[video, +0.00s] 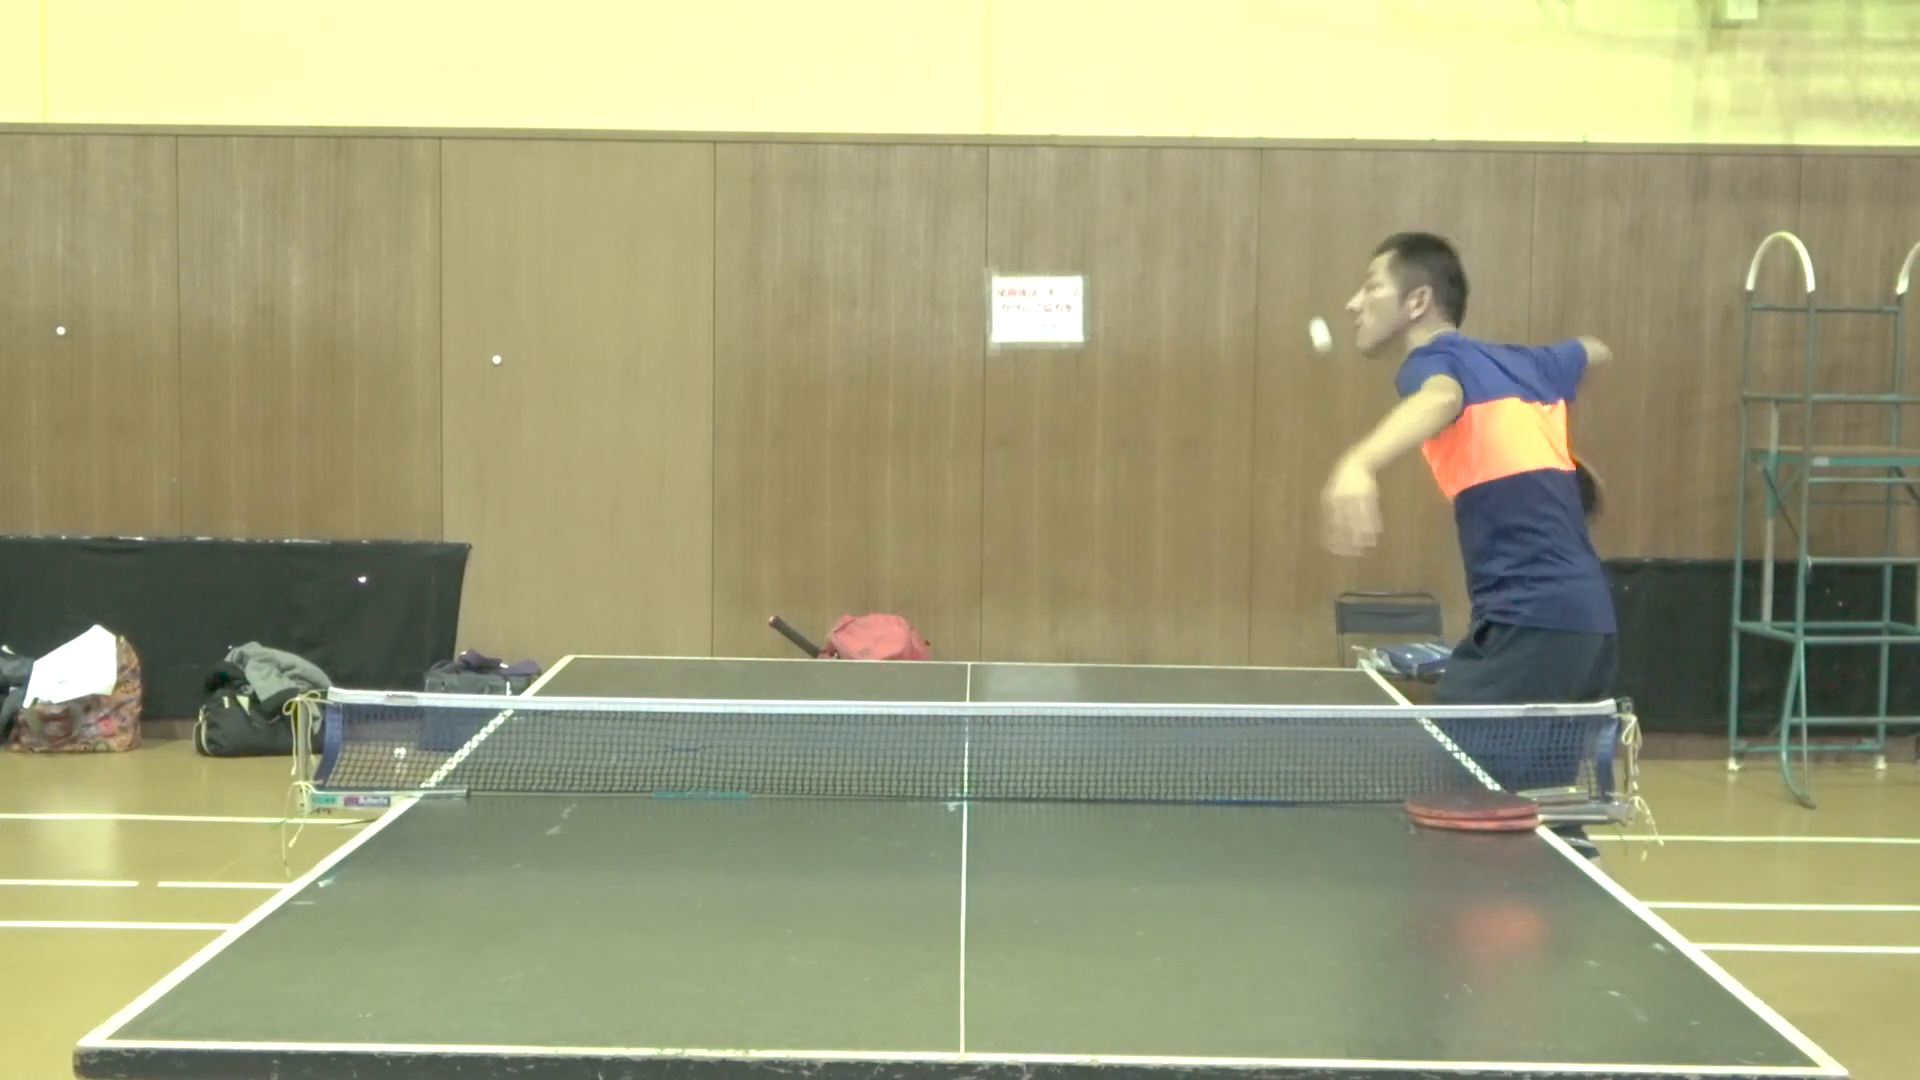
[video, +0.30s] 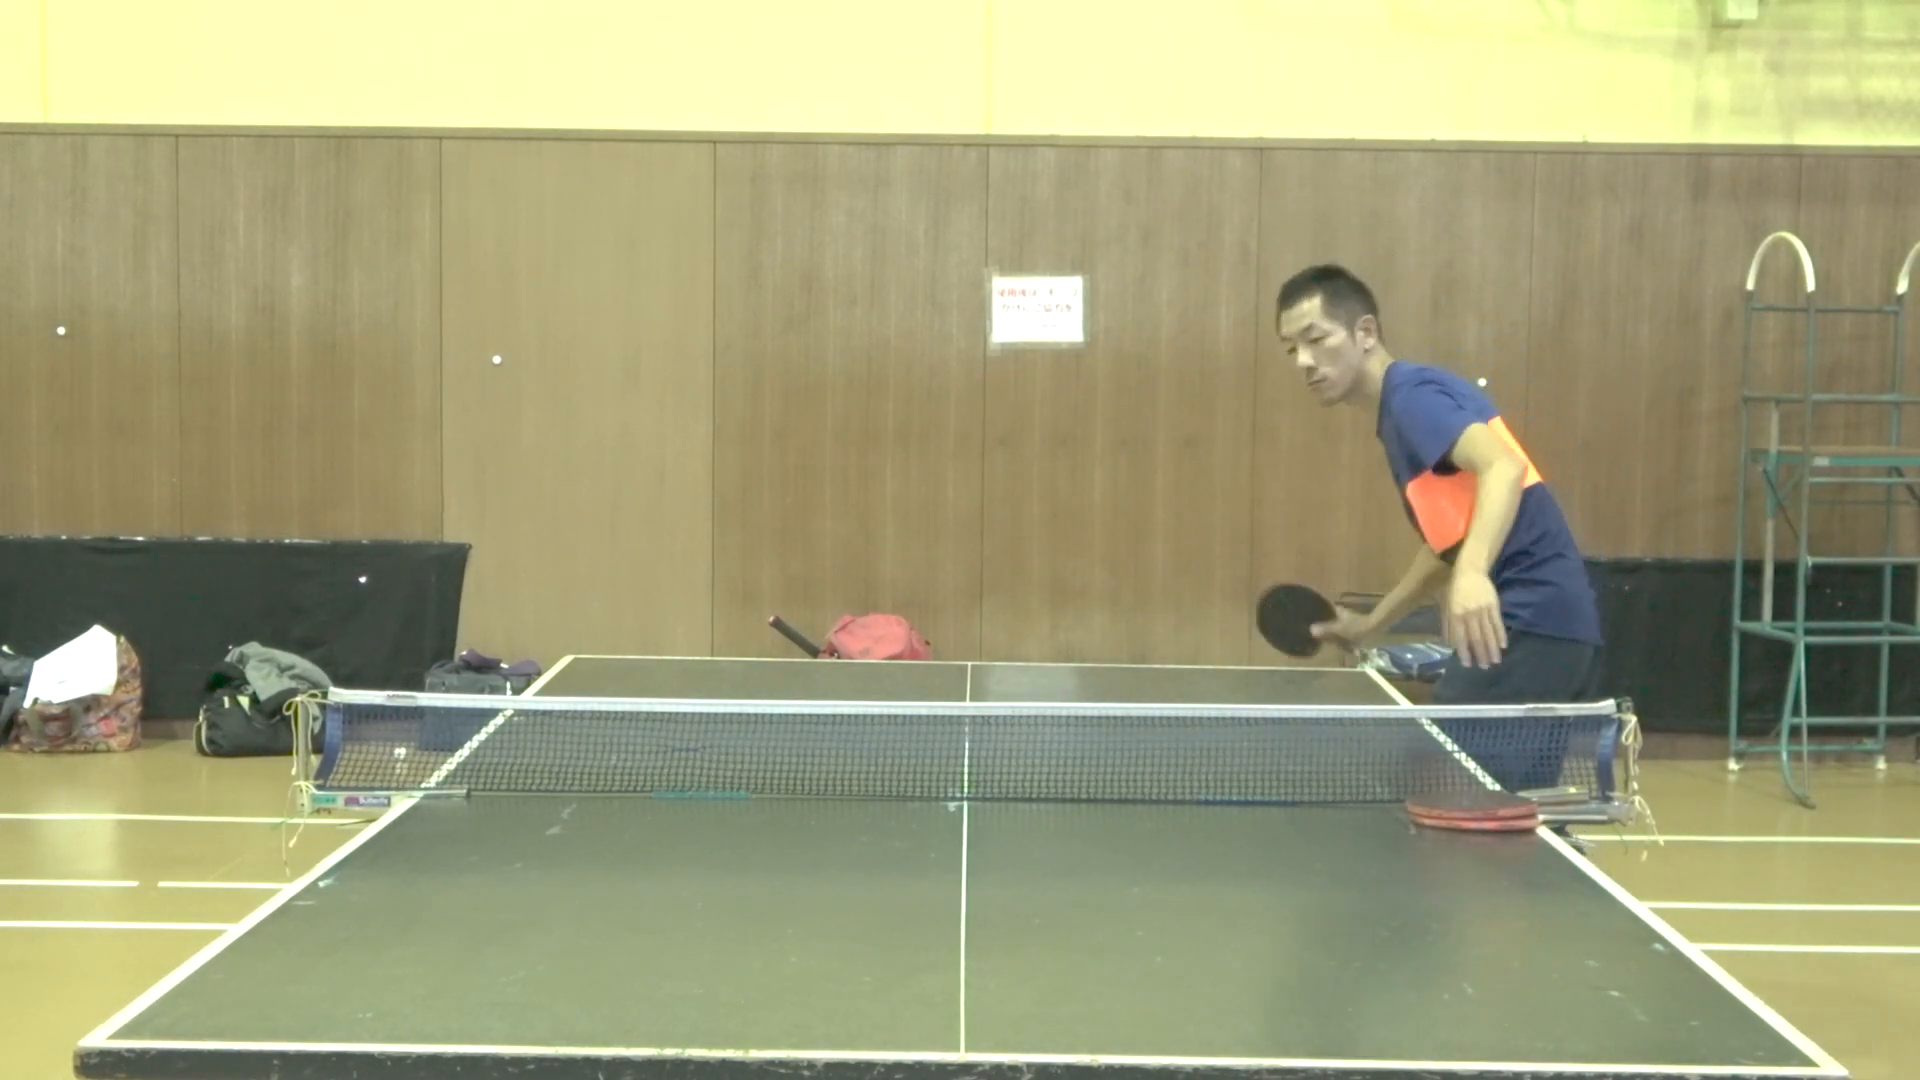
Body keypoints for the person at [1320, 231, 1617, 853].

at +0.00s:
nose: (1353, 303)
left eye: (1371, 286)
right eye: (1360, 286)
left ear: (1419, 300)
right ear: (1428, 300)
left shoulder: (1435, 355)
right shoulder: (1525, 361)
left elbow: (1442, 398)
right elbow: (1595, 349)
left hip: (1531, 626)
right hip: (1589, 628)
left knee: (1430, 795)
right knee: (1537, 809)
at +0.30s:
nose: (1303, 362)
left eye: (1316, 339)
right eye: (1292, 349)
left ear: (1366, 333)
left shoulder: (1412, 396)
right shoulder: (1400, 412)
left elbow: (1503, 467)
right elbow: (1447, 543)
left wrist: (1472, 571)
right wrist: (1372, 624)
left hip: (1530, 625)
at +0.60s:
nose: (1293, 394)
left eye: (1282, 377)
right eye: (1280, 381)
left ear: (1307, 349)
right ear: (1322, 341)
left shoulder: (1395, 385)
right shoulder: (1410, 375)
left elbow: (1494, 459)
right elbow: (1463, 492)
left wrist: (1454, 585)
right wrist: (1387, 552)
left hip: (1512, 620)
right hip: (1543, 621)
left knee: (1435, 788)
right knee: (1517, 806)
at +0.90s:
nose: (1364, 364)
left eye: (1355, 352)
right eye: (1356, 354)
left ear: (1363, 336)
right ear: (1417, 312)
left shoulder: (1394, 378)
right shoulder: (1509, 367)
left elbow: (1444, 476)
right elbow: (1603, 467)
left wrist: (1408, 596)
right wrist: (1525, 511)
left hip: (1500, 611)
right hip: (1583, 614)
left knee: (1392, 769)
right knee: (1568, 797)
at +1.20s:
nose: (1440, 479)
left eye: (1437, 467)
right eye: (1435, 469)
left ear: (1450, 446)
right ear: (1506, 426)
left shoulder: (1461, 479)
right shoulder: (1594, 451)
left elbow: (1498, 619)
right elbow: (1674, 577)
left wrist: (1485, 712)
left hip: (1582, 640)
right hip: (1678, 643)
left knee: (1465, 780)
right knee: (1634, 811)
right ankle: (1646, 980)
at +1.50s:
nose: (1420, 485)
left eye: (1415, 466)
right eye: (1412, 470)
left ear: (1444, 441)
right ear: (1491, 429)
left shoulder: (1466, 498)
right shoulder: (1581, 455)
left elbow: (1504, 646)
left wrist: (1471, 740)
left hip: (1608, 649)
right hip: (1699, 649)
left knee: (1476, 782)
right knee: (1628, 807)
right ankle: (1642, 977)